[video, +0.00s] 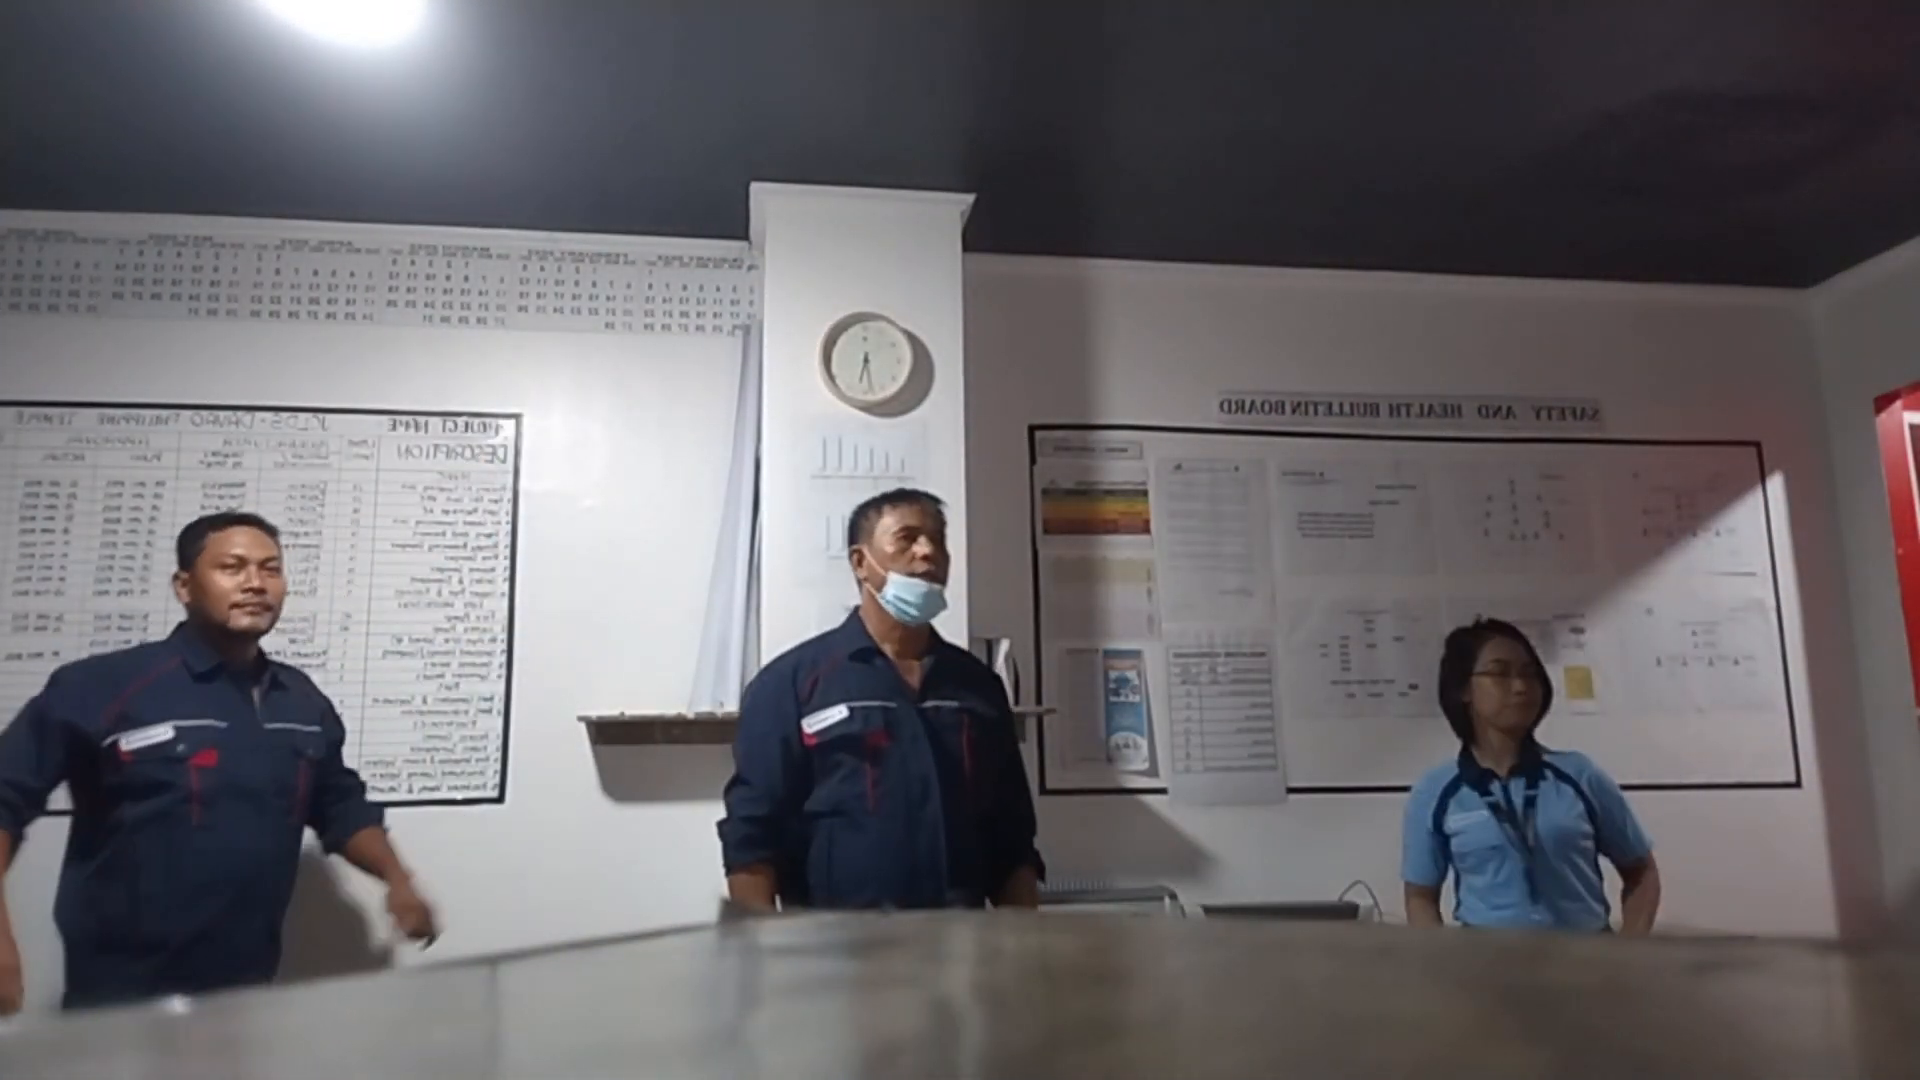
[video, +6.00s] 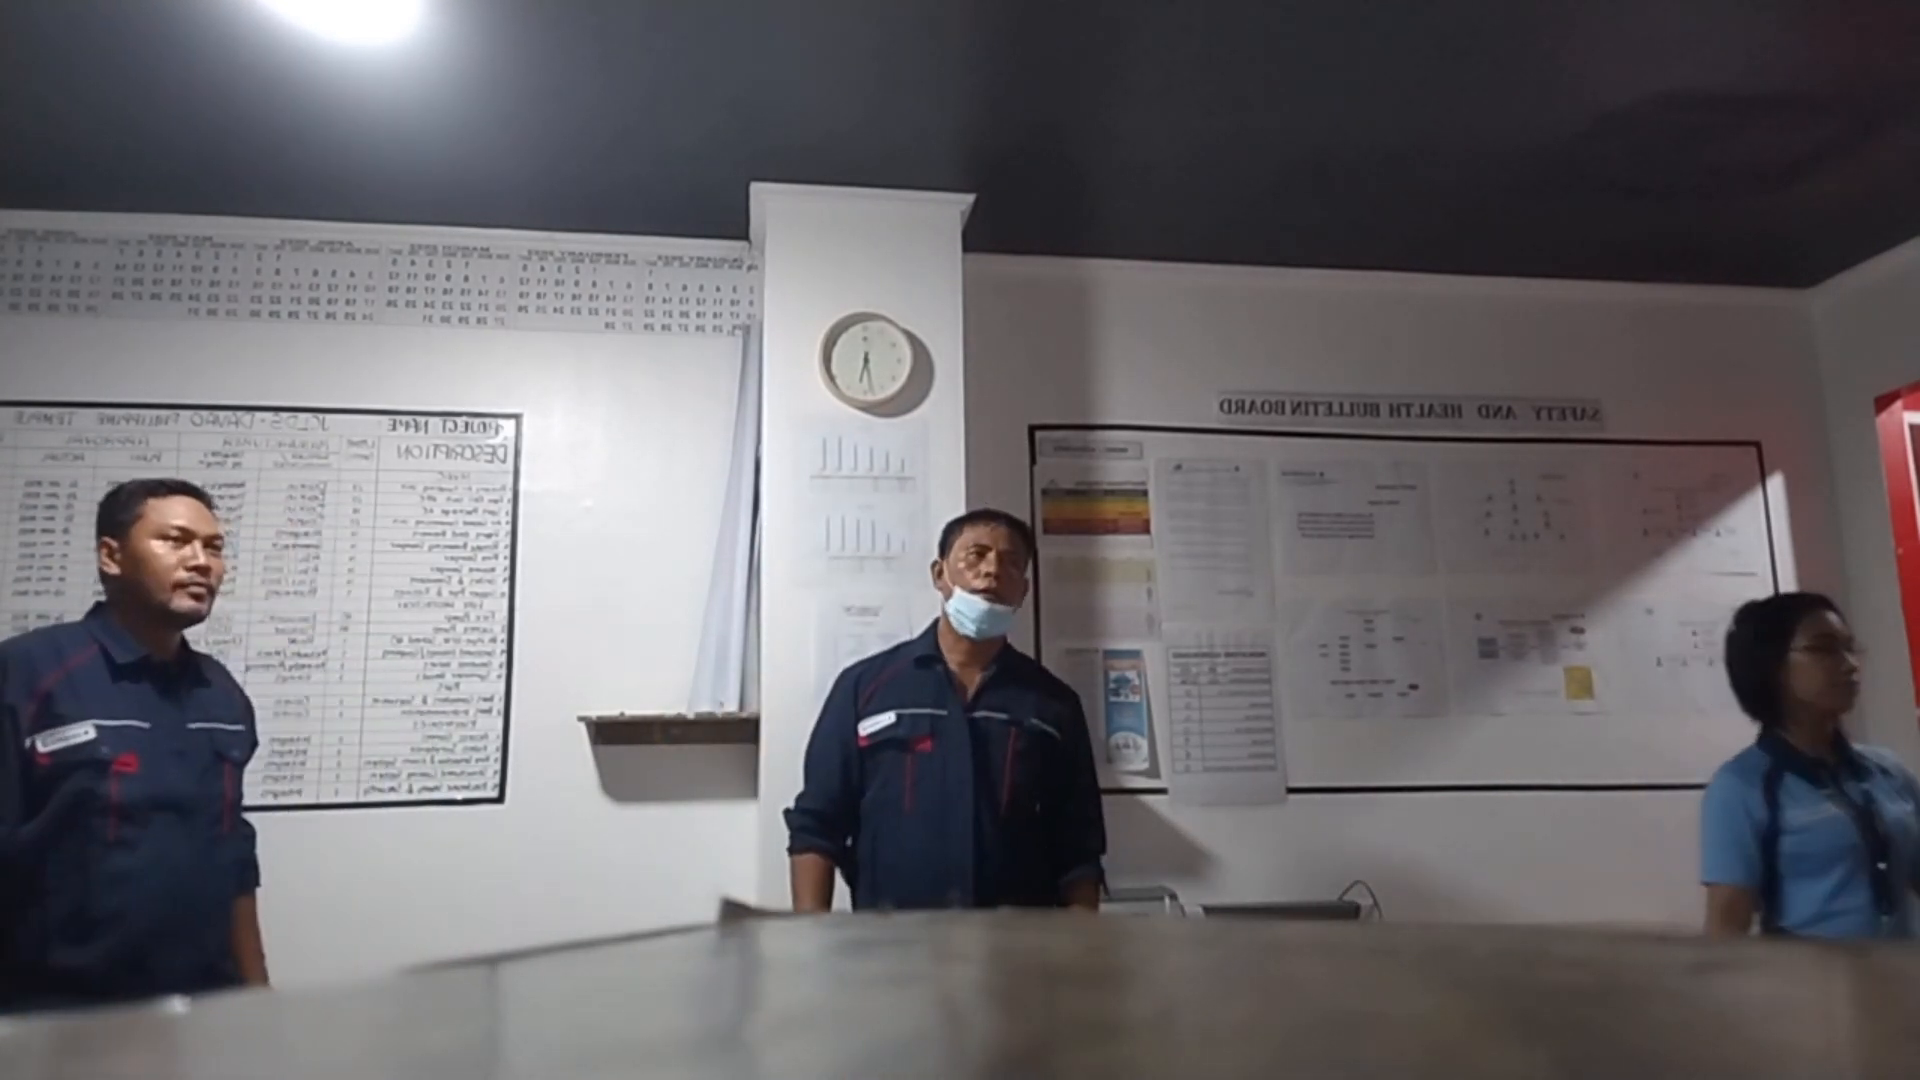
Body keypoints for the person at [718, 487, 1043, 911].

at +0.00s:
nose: (928, 551)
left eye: (937, 539)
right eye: (906, 538)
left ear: (949, 557)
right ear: (861, 563)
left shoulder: (980, 686)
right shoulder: (787, 687)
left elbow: (1013, 848)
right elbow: (749, 847)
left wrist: (1027, 959)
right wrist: (767, 967)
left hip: (963, 951)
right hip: (837, 956)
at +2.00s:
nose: (856, 561)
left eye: (869, 550)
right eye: (835, 550)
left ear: (882, 572)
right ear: (801, 575)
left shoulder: (927, 688)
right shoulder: (736, 694)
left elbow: (961, 836)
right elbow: (696, 843)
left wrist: (967, 947)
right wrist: (704, 966)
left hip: (908, 943)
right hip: (782, 944)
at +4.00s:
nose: (930, 566)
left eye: (948, 559)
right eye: (914, 554)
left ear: (966, 589)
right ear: (883, 579)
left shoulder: (992, 696)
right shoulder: (805, 682)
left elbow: (1018, 829)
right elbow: (752, 821)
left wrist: (945, 722)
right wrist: (749, 940)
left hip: (952, 943)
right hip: (827, 941)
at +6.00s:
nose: (992, 572)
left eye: (1009, 563)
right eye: (975, 556)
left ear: (1025, 588)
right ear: (940, 576)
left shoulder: (1055, 705)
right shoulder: (863, 690)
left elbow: (1079, 860)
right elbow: (814, 829)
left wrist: (1079, 962)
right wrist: (812, 952)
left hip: (1021, 955)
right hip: (893, 953)